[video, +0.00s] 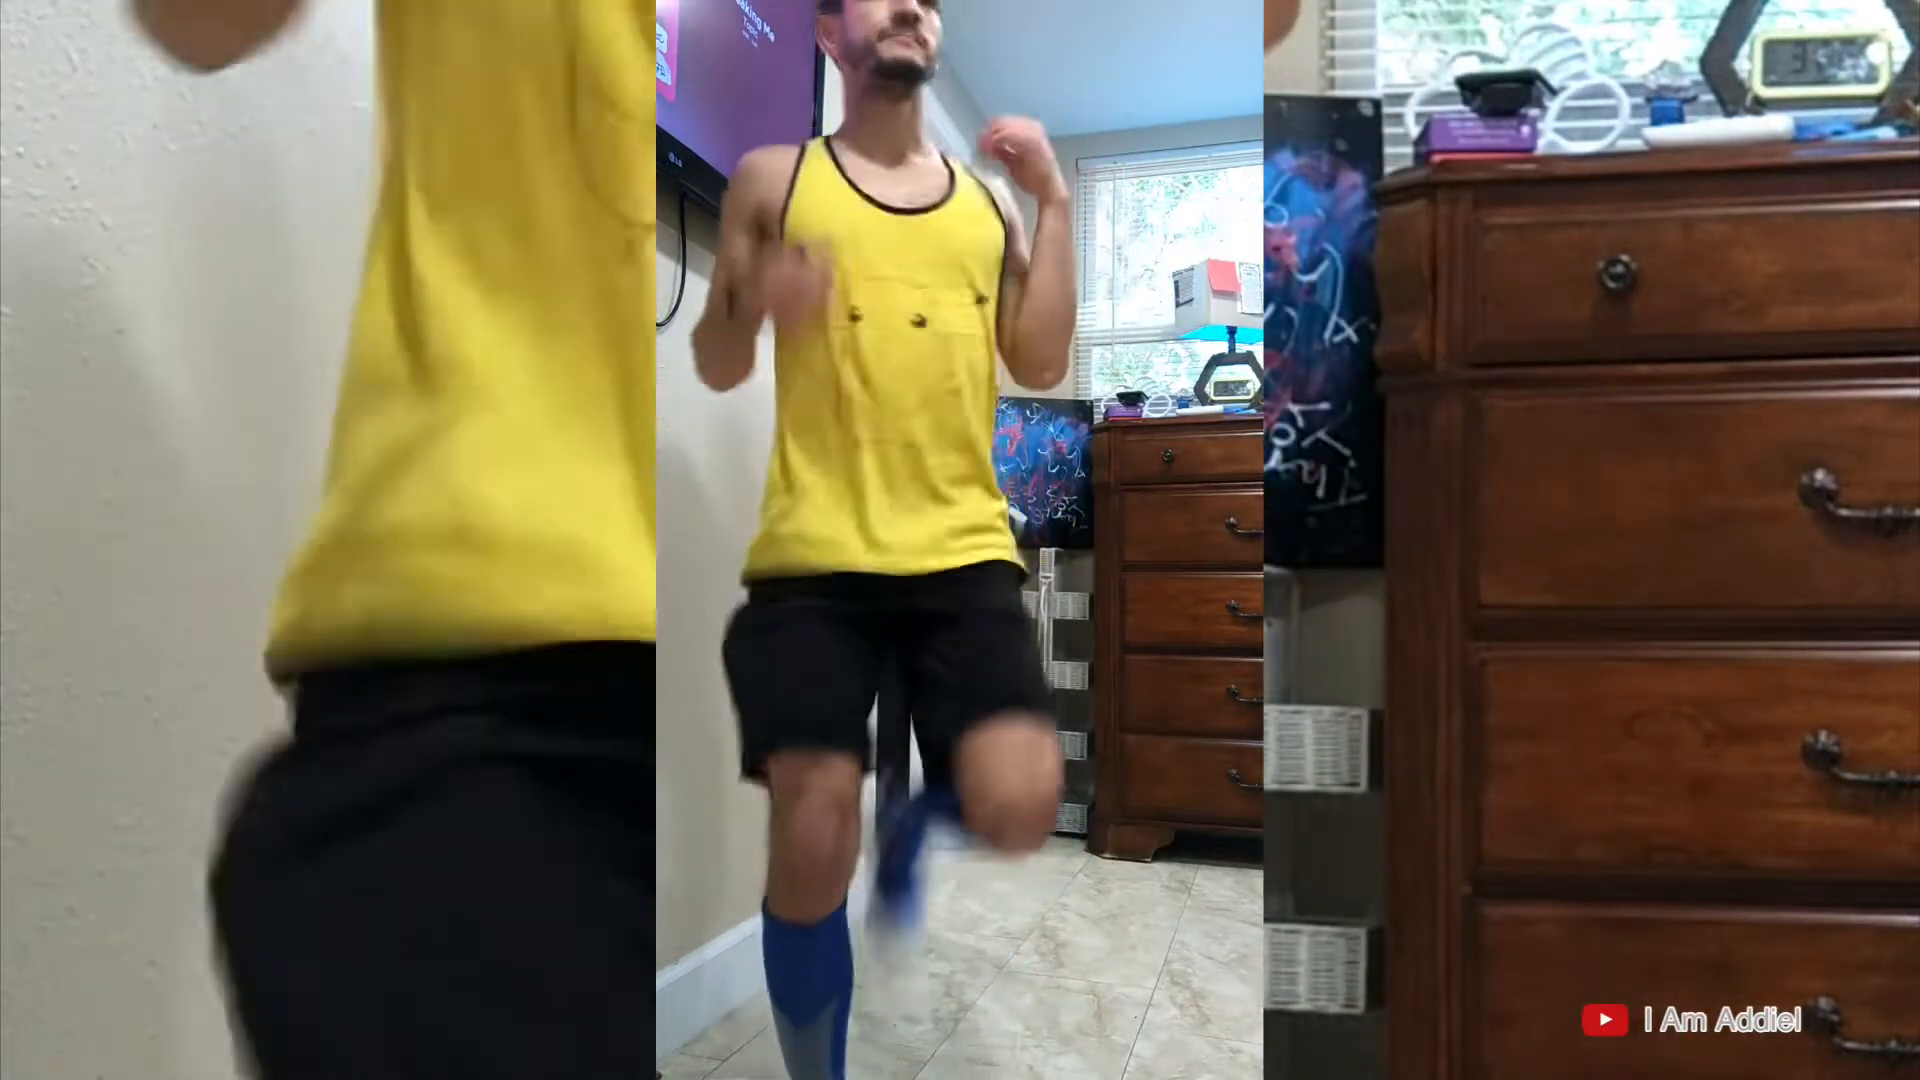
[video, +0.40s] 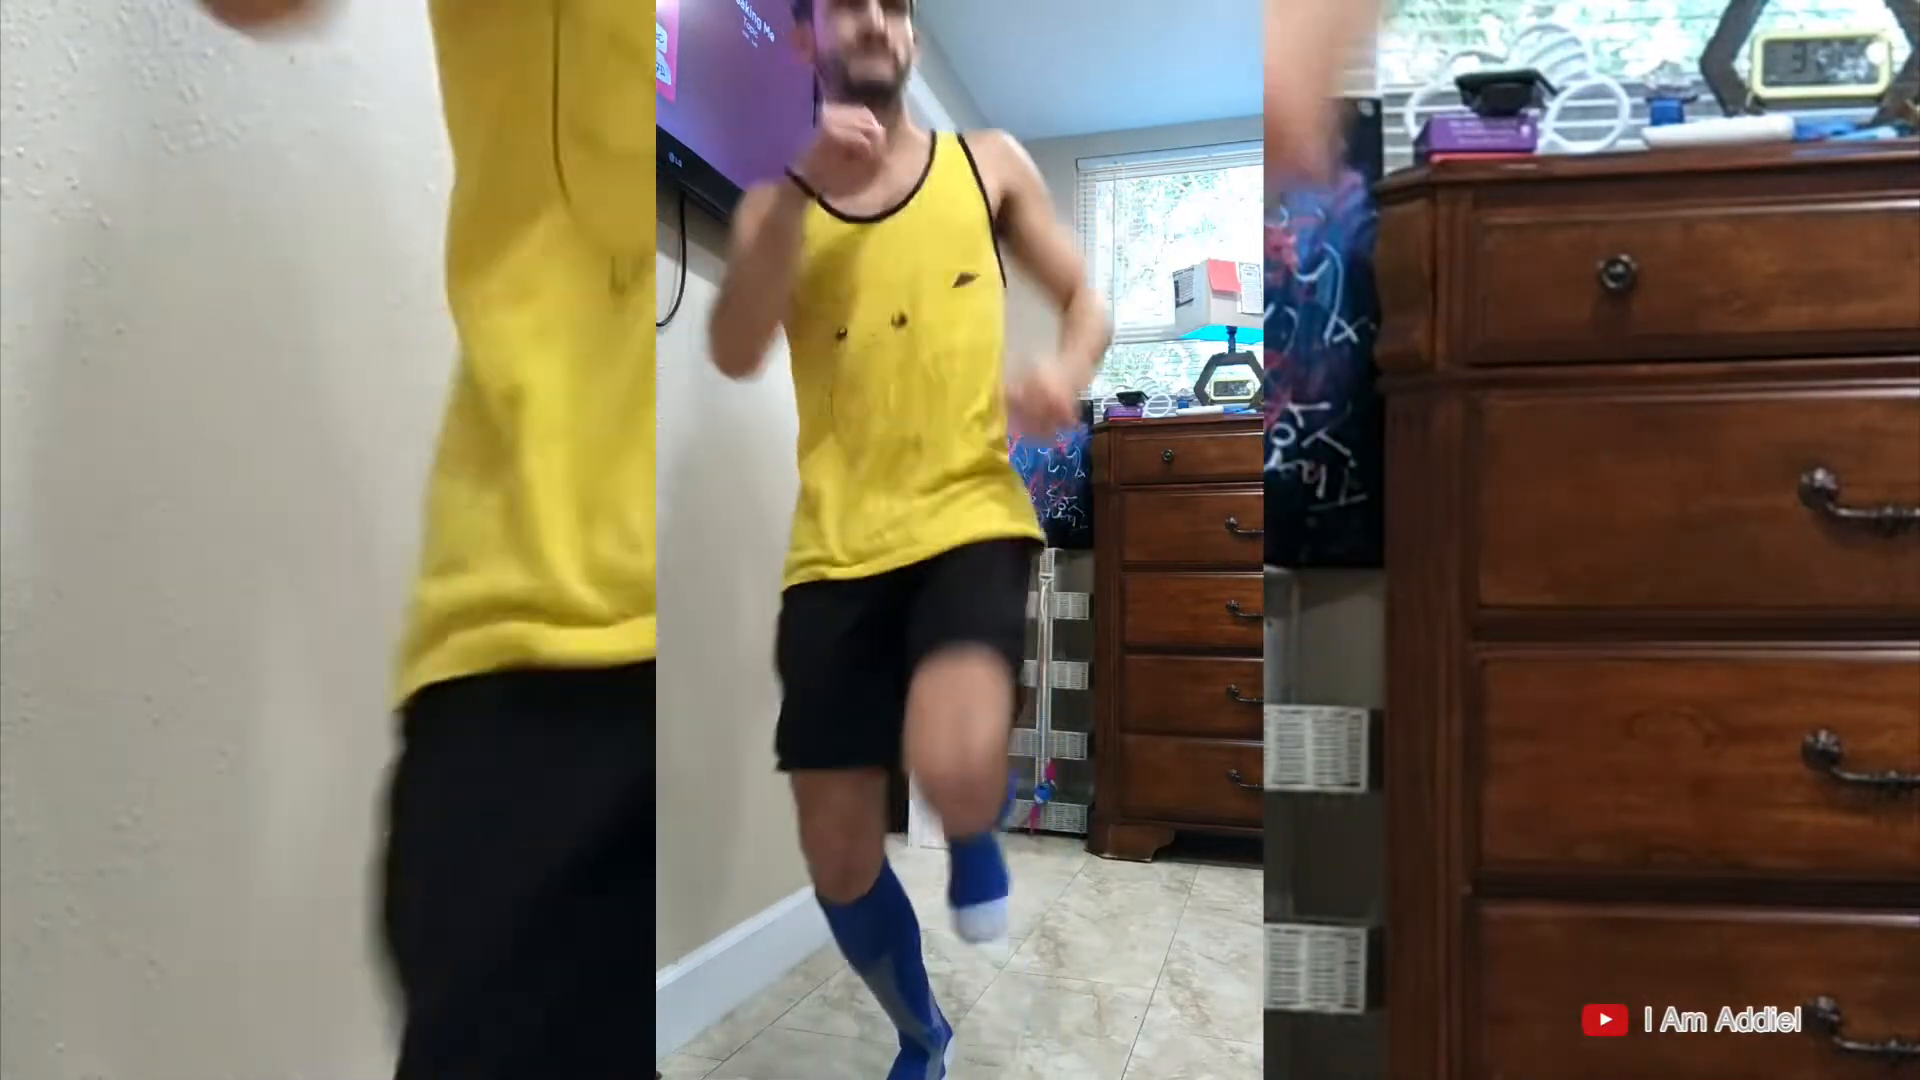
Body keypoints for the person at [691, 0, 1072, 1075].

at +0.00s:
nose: (906, 12)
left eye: (921, 5)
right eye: (879, 2)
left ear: (939, 41)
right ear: (831, 33)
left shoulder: (980, 200)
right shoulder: (774, 177)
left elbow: (1039, 363)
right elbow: (718, 368)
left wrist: (1052, 204)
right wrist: (750, 282)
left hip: (964, 548)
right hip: (814, 551)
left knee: (1022, 809)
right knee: (816, 826)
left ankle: (910, 818)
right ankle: (817, 1074)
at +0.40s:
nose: (875, 20)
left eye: (892, 5)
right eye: (847, 5)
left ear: (915, 30)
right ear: (805, 36)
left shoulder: (986, 161)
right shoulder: (780, 203)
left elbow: (1084, 299)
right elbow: (736, 351)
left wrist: (1066, 371)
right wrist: (801, 194)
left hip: (970, 507)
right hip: (837, 534)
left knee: (954, 766)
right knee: (837, 855)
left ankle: (971, 845)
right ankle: (921, 1037)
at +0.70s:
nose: (915, 2)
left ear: (971, 27)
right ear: (859, 26)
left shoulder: (1019, 175)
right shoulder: (801, 132)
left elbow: (1022, 359)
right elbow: (767, 217)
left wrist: (970, 459)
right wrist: (950, 126)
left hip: (970, 547)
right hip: (828, 549)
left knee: (949, 823)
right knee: (850, 865)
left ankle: (965, 1069)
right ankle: (924, 1045)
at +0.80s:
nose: (933, 5)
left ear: (989, 38)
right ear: (872, 39)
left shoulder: (1035, 175)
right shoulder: (826, 123)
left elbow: (1026, 307)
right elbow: (790, 187)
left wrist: (1061, 309)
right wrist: (1010, 224)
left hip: (971, 558)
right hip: (828, 566)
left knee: (960, 825)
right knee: (850, 892)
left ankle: (970, 1070)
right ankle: (926, 1046)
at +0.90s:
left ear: (1009, 20)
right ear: (894, 16)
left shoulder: (1040, 177)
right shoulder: (849, 100)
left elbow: (1054, 340)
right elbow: (845, 235)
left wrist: (1048, 375)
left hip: (995, 565)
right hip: (844, 563)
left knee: (990, 853)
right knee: (841, 905)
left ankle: (973, 1063)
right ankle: (899, 1009)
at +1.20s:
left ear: (1074, 12)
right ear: (967, 2)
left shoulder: (1092, 179)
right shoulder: (874, 68)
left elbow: (1095, 381)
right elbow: (725, 209)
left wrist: (1151, 225)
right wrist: (707, 389)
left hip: (987, 494)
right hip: (850, 444)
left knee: (972, 831)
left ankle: (959, 1064)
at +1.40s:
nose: (1028, 4)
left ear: (1084, 20)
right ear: (962, 12)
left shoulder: (1097, 204)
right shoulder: (868, 111)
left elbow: (1108, 384)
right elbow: (741, 242)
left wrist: (1092, 199)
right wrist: (708, 384)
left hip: (999, 534)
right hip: (851, 504)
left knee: (1009, 878)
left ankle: (954, 1068)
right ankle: (870, 888)